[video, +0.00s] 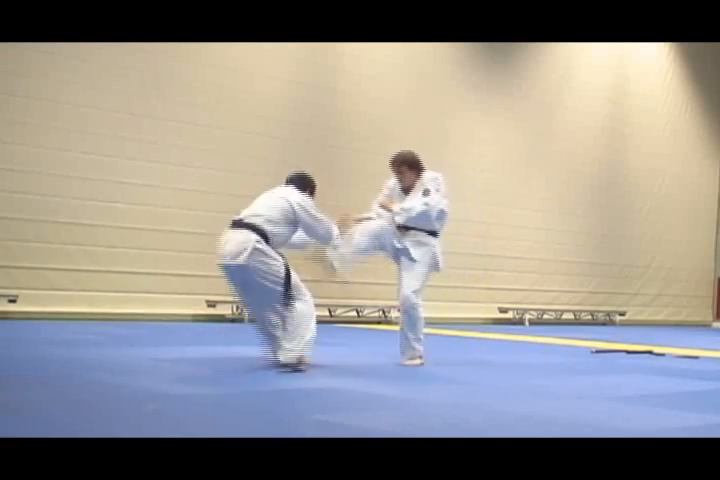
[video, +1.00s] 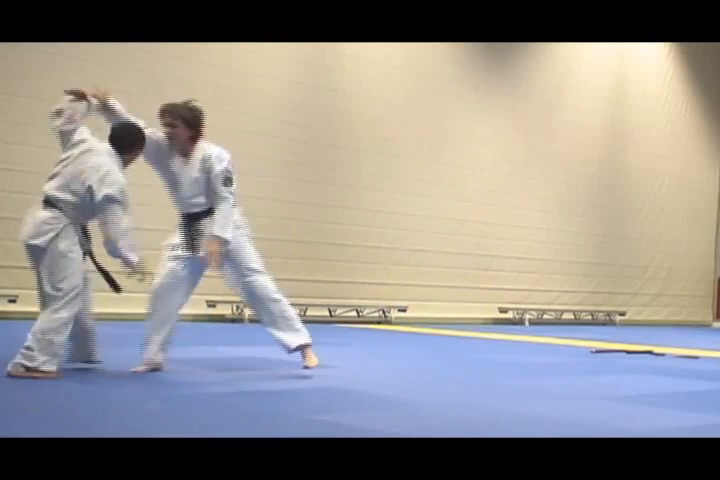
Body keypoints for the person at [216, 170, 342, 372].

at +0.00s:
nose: (312, 199)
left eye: (312, 195)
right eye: (312, 194)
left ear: (289, 185)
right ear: (307, 190)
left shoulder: (271, 195)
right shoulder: (297, 198)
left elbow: (283, 238)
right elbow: (325, 232)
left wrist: (316, 238)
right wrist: (337, 227)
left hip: (227, 248)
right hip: (251, 247)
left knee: (264, 305)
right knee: (301, 299)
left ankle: (282, 354)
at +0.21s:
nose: (282, 175)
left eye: (282, 170)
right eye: (280, 170)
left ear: (254, 165)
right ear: (270, 169)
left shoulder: (233, 178)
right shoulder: (267, 189)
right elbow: (283, 228)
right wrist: (296, 257)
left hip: (204, 243)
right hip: (230, 246)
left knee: (202, 316)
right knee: (270, 301)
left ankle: (153, 327)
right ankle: (287, 360)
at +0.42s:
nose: (219, 149)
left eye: (219, 143)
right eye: (216, 143)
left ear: (191, 143)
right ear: (204, 144)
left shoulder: (173, 161)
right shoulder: (197, 164)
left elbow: (161, 204)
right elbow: (187, 202)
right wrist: (205, 241)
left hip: (144, 236)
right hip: (170, 238)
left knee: (142, 302)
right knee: (212, 302)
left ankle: (108, 357)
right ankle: (193, 358)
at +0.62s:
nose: (175, 140)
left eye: (175, 134)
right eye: (172, 135)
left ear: (148, 132)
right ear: (161, 134)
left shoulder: (129, 153)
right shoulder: (149, 154)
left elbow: (126, 200)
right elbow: (165, 192)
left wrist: (155, 224)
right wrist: (201, 211)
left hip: (108, 229)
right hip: (119, 230)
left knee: (135, 295)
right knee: (101, 300)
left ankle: (111, 358)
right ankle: (41, 350)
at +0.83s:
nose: (143, 140)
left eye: (143, 136)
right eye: (141, 136)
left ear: (114, 129)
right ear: (133, 135)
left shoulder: (97, 143)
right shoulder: (115, 153)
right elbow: (146, 183)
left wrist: (141, 154)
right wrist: (168, 207)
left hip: (77, 227)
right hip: (78, 229)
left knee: (108, 291)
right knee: (79, 304)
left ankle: (111, 358)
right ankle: (28, 361)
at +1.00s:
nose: (140, 153)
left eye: (140, 147)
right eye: (140, 149)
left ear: (112, 138)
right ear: (135, 151)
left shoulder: (85, 143)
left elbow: (66, 123)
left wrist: (81, 99)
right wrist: (133, 261)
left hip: (40, 221)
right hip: (59, 229)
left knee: (78, 289)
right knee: (67, 295)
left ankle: (83, 351)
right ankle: (33, 361)